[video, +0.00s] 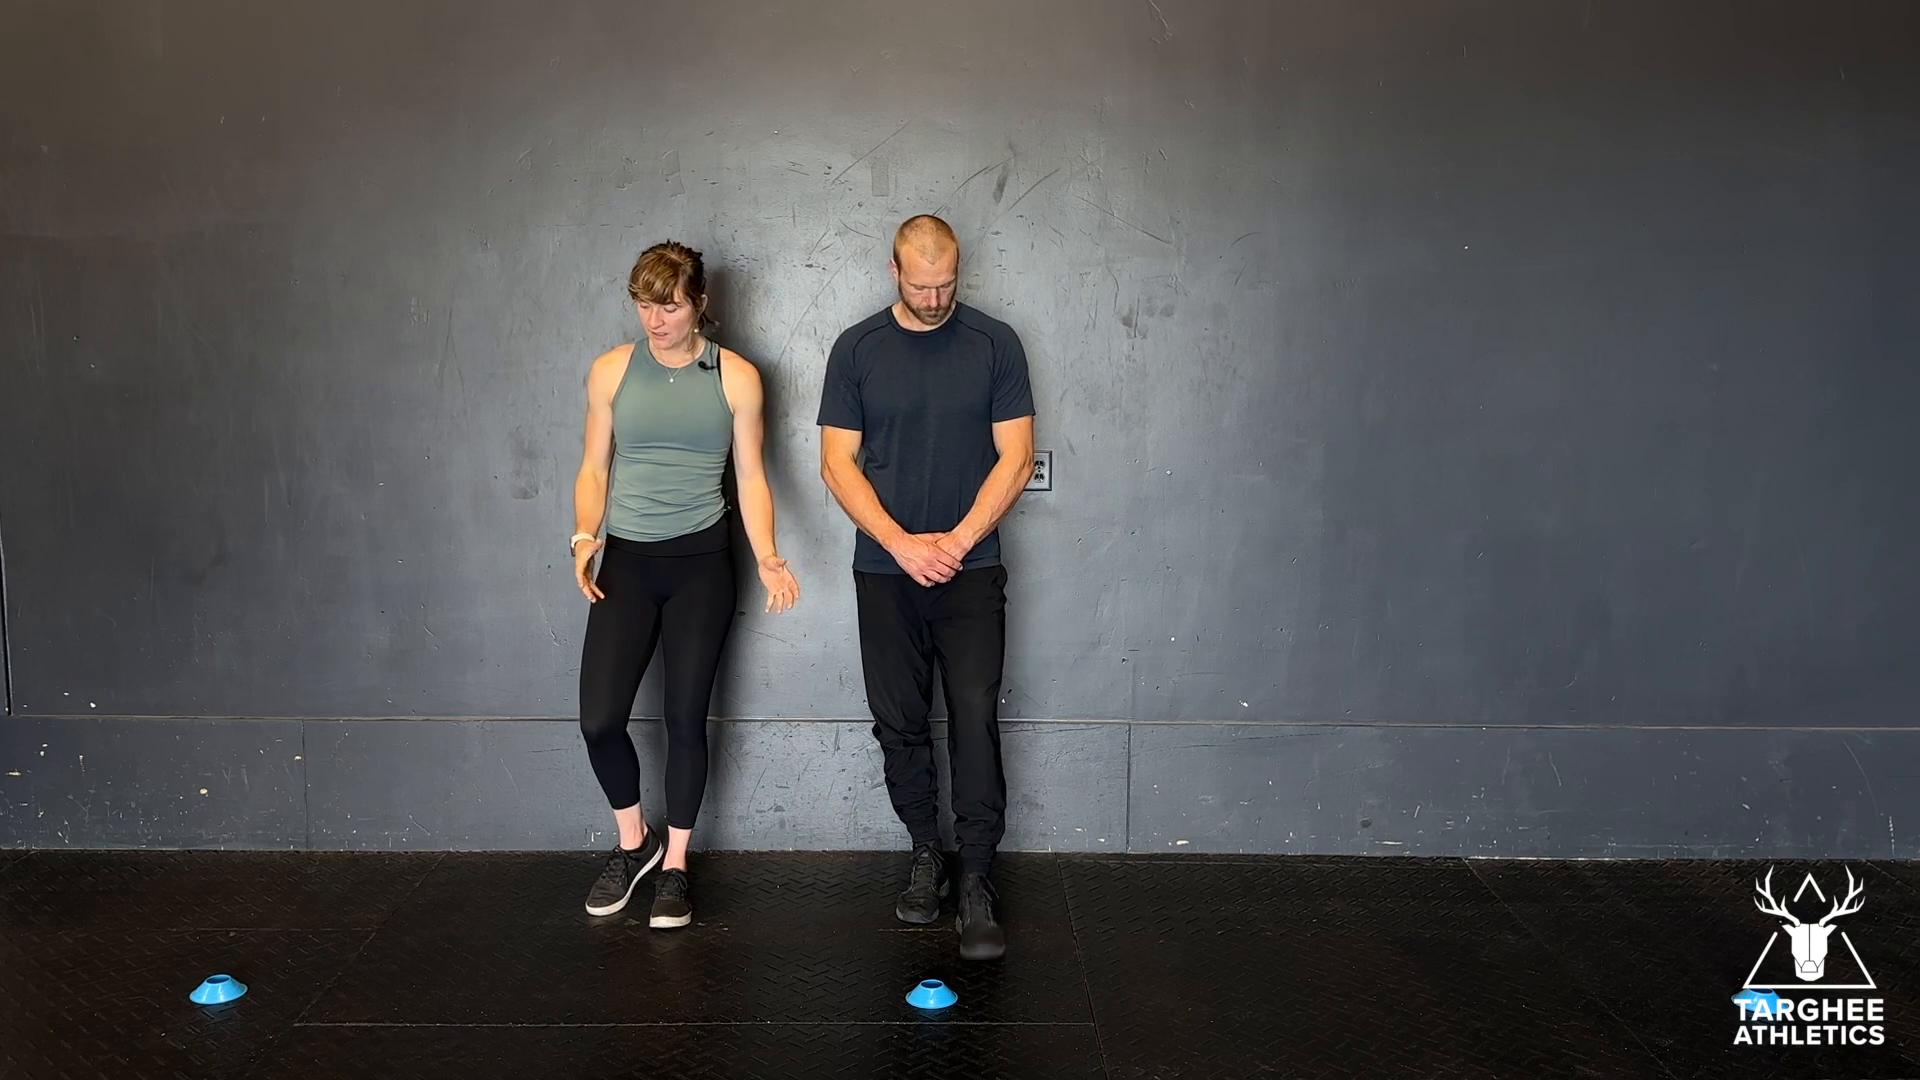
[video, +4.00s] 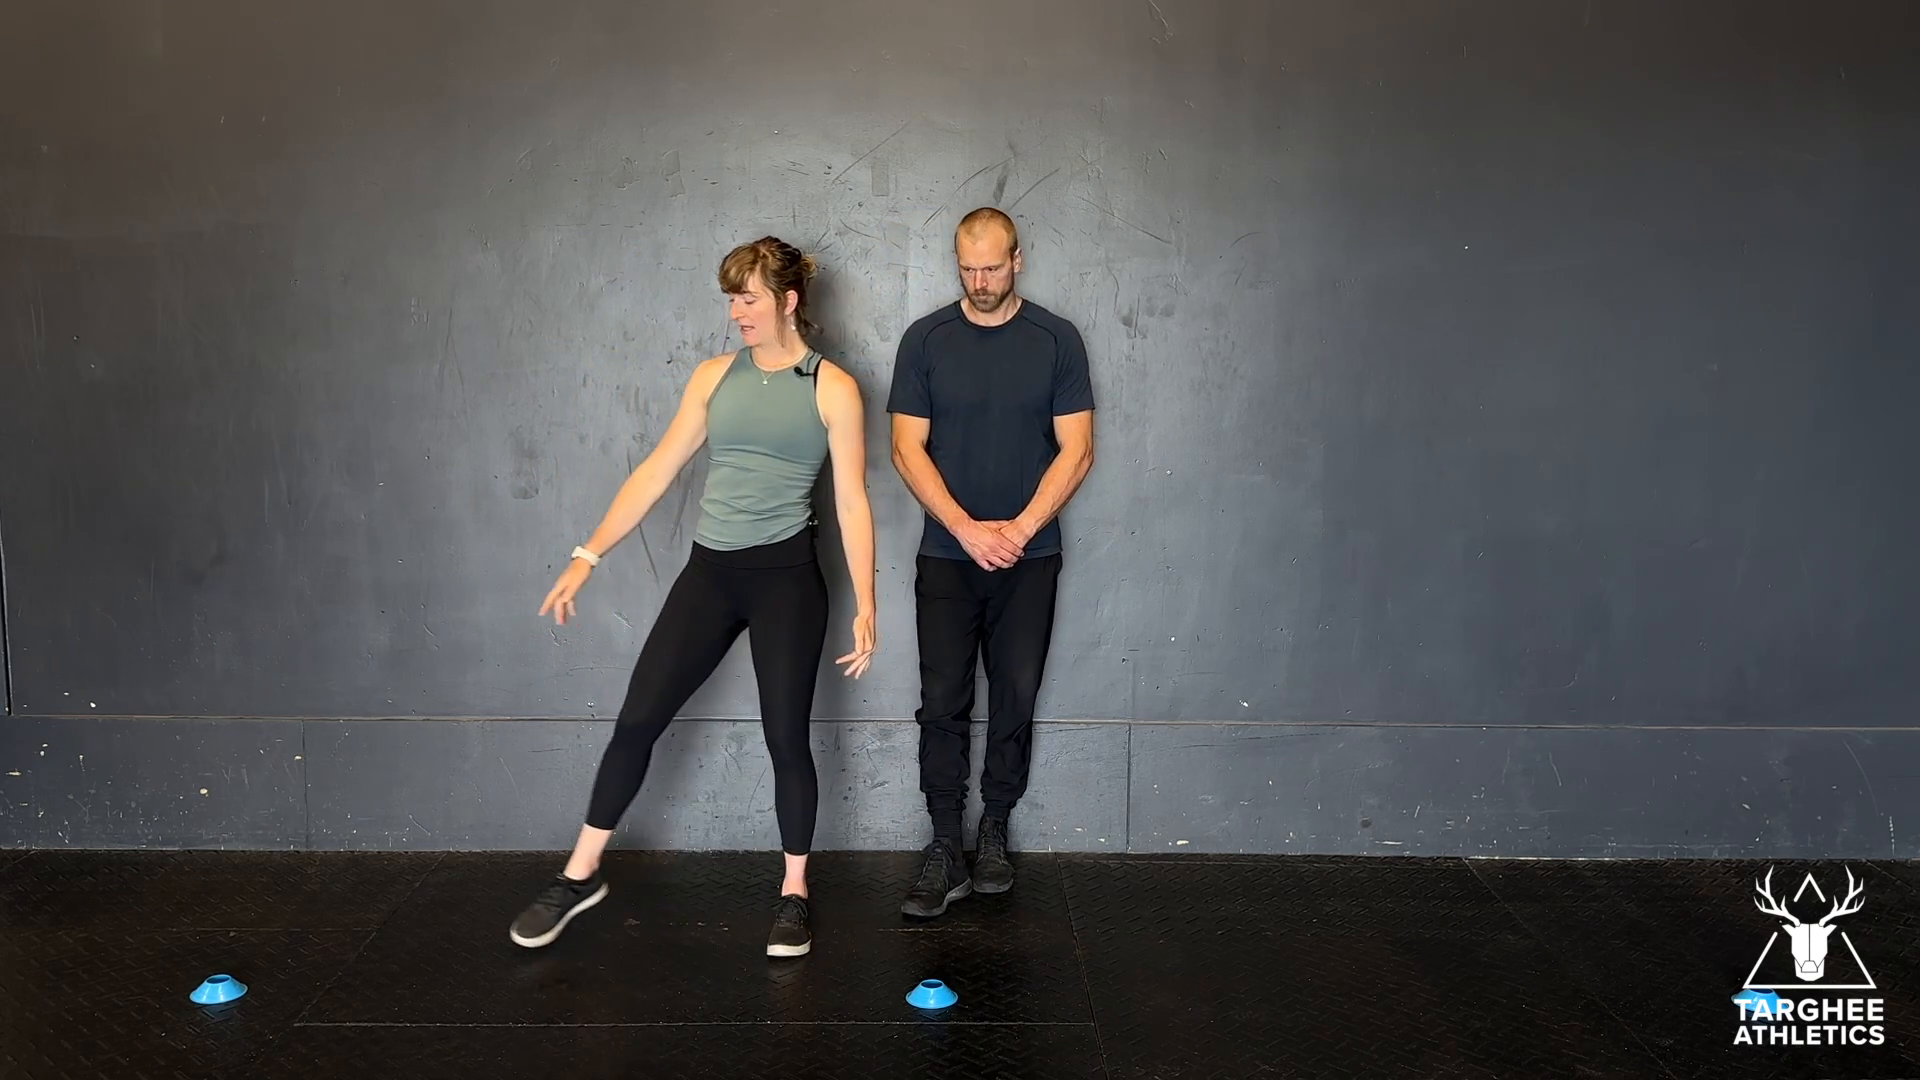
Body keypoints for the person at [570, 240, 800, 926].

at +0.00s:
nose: (654, 319)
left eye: (667, 306)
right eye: (646, 305)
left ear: (698, 304)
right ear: (635, 305)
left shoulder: (736, 377)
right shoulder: (612, 369)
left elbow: (751, 475)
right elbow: (594, 467)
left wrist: (768, 557)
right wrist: (585, 538)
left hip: (703, 560)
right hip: (624, 561)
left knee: (686, 716)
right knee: (600, 719)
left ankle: (675, 866)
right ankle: (636, 843)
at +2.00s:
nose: (675, 315)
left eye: (684, 300)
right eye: (660, 303)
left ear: (699, 301)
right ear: (636, 304)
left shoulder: (730, 376)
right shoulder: (608, 377)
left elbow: (754, 474)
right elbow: (565, 474)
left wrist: (786, 557)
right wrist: (518, 555)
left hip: (703, 562)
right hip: (626, 564)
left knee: (687, 716)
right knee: (615, 724)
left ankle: (676, 868)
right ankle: (642, 855)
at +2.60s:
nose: (690, 311)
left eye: (698, 297)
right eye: (674, 298)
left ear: (708, 300)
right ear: (645, 303)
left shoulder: (735, 378)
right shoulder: (611, 381)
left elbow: (755, 474)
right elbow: (581, 486)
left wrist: (788, 515)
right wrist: (592, 573)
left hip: (718, 568)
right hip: (639, 573)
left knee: (745, 724)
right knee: (639, 724)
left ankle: (780, 882)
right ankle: (636, 872)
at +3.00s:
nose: (747, 313)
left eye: (757, 299)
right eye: (732, 301)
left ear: (771, 302)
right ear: (708, 305)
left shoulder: (803, 380)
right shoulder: (680, 383)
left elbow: (826, 489)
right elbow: (663, 487)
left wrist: (856, 587)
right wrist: (662, 573)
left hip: (791, 570)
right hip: (710, 572)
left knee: (788, 733)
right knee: (675, 739)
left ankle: (795, 889)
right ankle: (660, 861)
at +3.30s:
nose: (773, 311)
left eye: (785, 297)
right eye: (759, 298)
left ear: (800, 300)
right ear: (738, 304)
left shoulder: (833, 381)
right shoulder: (707, 383)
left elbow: (852, 494)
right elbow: (685, 488)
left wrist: (881, 595)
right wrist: (673, 587)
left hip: (815, 574)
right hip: (735, 577)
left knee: (803, 731)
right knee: (735, 730)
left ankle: (796, 889)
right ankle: (764, 853)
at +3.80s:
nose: (751, 311)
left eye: (765, 298)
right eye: (747, 298)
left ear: (805, 302)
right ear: (746, 304)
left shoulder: (847, 388)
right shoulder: (727, 373)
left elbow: (864, 504)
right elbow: (688, 476)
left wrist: (876, 600)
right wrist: (647, 564)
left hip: (805, 574)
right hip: (725, 572)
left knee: (794, 737)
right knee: (676, 724)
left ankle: (793, 891)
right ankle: (671, 886)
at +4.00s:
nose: (735, 308)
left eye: (748, 296)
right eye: (731, 296)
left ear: (790, 299)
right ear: (734, 303)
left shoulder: (833, 388)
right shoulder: (715, 376)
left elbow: (852, 502)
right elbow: (655, 473)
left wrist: (866, 603)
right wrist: (586, 558)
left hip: (786, 574)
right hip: (710, 572)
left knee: (788, 736)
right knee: (639, 716)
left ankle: (794, 892)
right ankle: (580, 872)